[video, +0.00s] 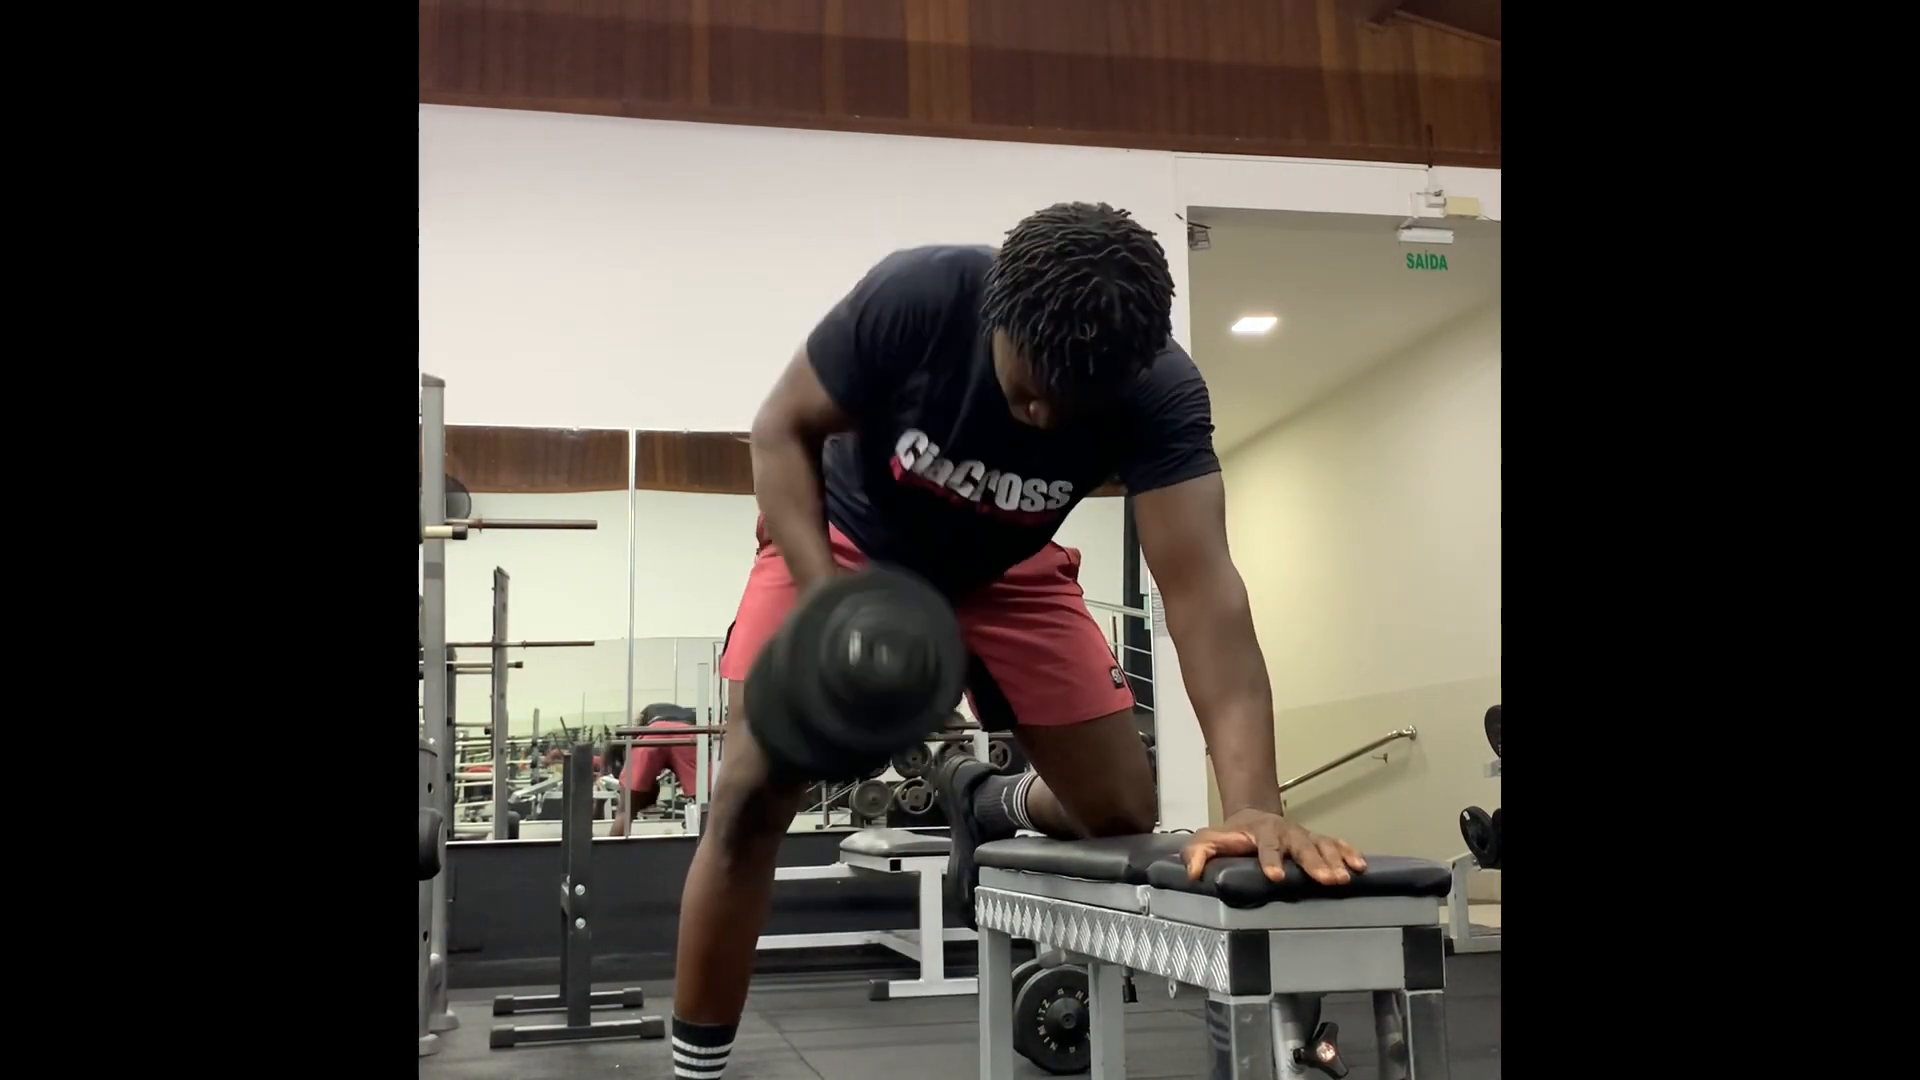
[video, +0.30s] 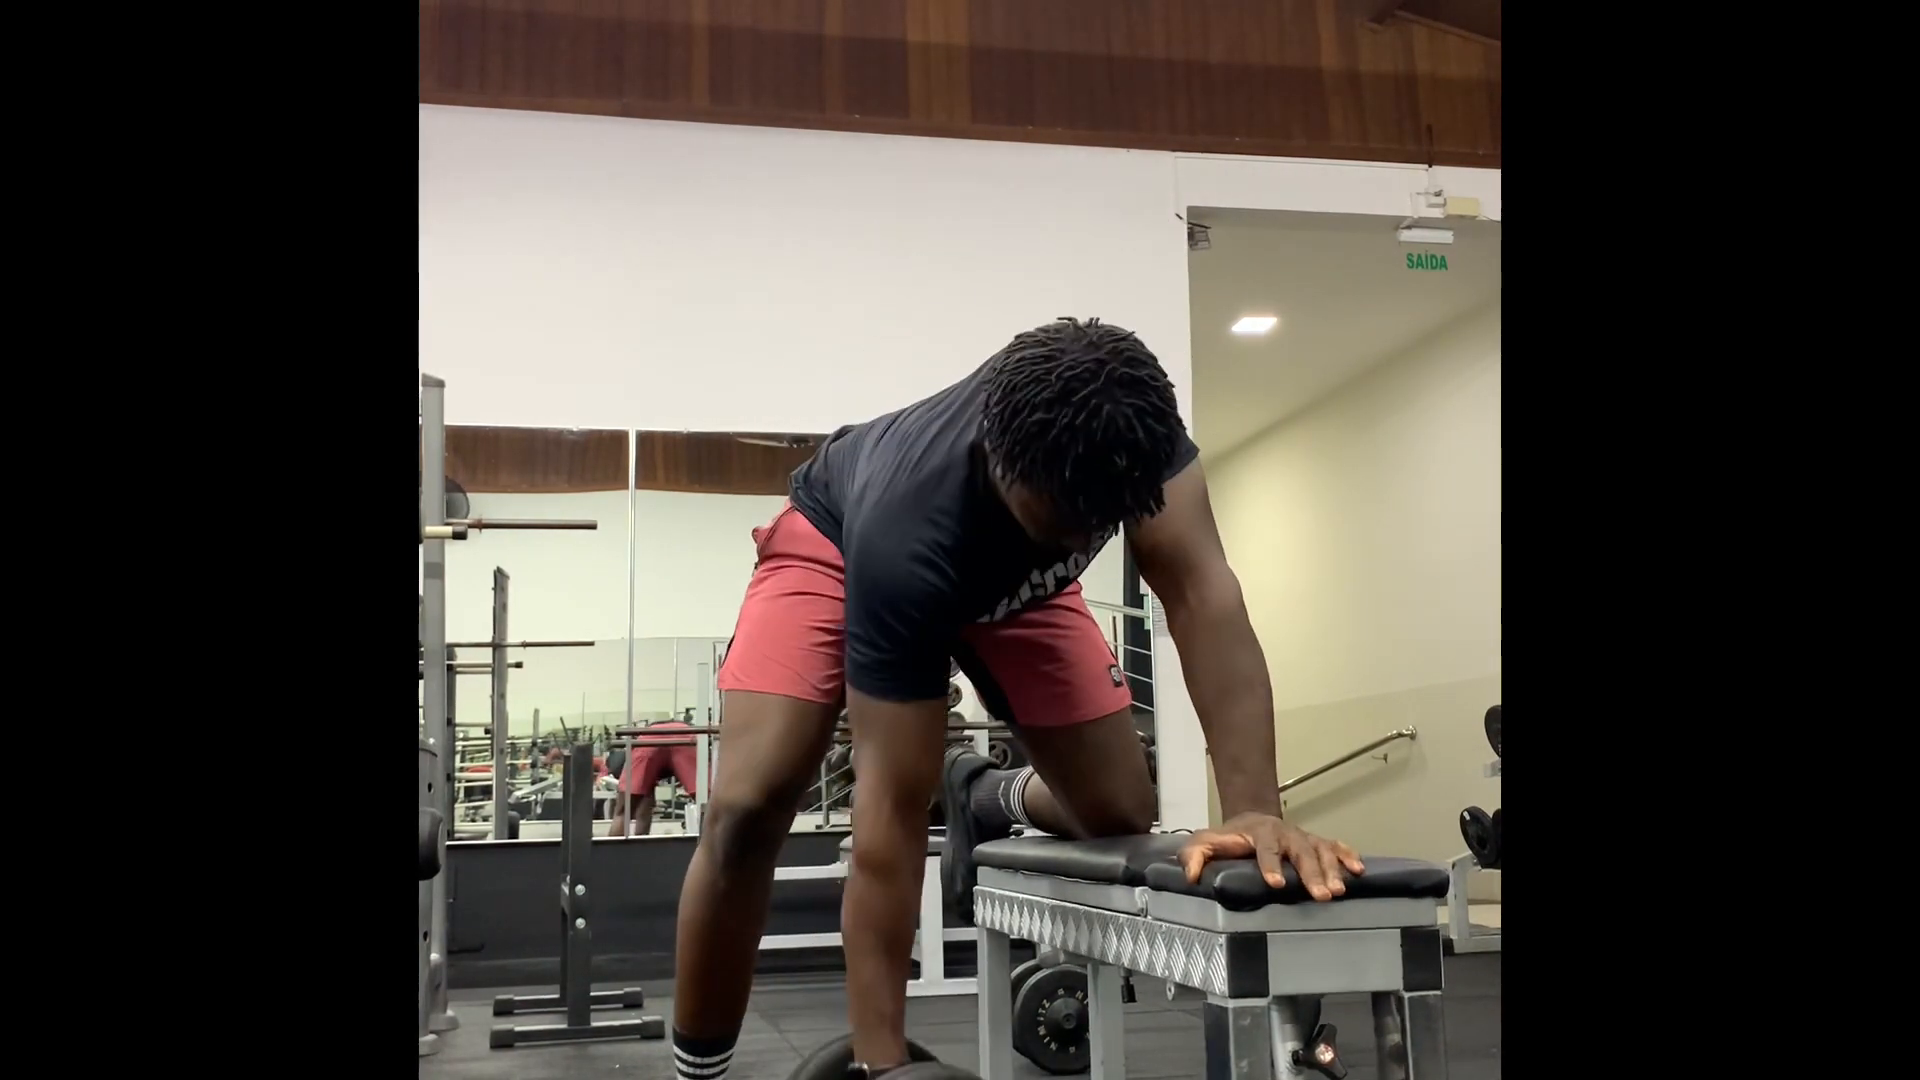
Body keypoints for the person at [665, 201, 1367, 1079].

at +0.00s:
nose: (1039, 416)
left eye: (1068, 405)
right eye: (1026, 388)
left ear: (1128, 360)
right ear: (1000, 319)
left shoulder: (1159, 393)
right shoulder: (915, 300)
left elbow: (1202, 586)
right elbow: (779, 430)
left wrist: (1255, 805)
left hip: (1013, 570)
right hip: (847, 542)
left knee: (1123, 814)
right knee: (748, 802)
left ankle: (992, 803)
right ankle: (697, 1070)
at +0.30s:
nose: (1077, 541)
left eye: (1100, 519)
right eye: (1056, 522)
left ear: (1138, 466)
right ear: (1001, 466)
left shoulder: (1134, 435)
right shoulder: (903, 543)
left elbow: (1205, 597)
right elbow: (890, 824)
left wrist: (1254, 810)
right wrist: (879, 1057)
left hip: (1023, 572)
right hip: (846, 545)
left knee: (1121, 815)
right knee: (743, 812)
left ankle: (985, 797)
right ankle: (697, 1068)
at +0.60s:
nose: (1113, 387)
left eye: (1143, 366)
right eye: (1091, 356)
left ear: (1195, 325)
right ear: (1057, 290)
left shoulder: (1230, 356)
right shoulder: (970, 305)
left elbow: (1241, 565)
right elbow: (879, 481)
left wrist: (1257, 805)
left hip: (1079, 560)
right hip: (915, 521)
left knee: (1124, 821)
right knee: (801, 783)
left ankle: (971, 799)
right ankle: (699, 1060)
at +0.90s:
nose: (1123, 419)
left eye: (1150, 395)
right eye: (1100, 394)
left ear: (1196, 348)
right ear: (1063, 340)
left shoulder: (1252, 347)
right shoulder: (997, 367)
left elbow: (1262, 570)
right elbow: (1012, 556)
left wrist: (1260, 804)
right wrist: (1140, 716)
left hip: (1160, 569)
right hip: (1011, 539)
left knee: (1136, 808)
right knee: (904, 780)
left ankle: (990, 807)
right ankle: (814, 1058)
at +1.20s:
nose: (1092, 451)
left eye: (1117, 431)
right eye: (1070, 430)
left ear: (1157, 381)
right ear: (1023, 377)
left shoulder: (1201, 352)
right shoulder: (934, 399)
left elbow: (1229, 573)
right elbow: (959, 589)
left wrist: (1253, 806)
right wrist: (1097, 707)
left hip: (1112, 500)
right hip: (947, 508)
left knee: (1215, 709)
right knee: (914, 788)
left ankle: (1286, 1021)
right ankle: (901, 1067)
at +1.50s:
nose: (1219, 365)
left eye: (1247, 340)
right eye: (1192, 336)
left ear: (1280, 310)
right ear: (1143, 289)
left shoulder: (1302, 379)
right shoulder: (1057, 344)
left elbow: (1304, 582)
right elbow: (984, 535)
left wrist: (1288, 769)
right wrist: (1064, 628)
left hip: (1194, 566)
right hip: (1035, 551)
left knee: (1280, 769)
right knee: (951, 782)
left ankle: (1302, 1045)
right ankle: (914, 1067)